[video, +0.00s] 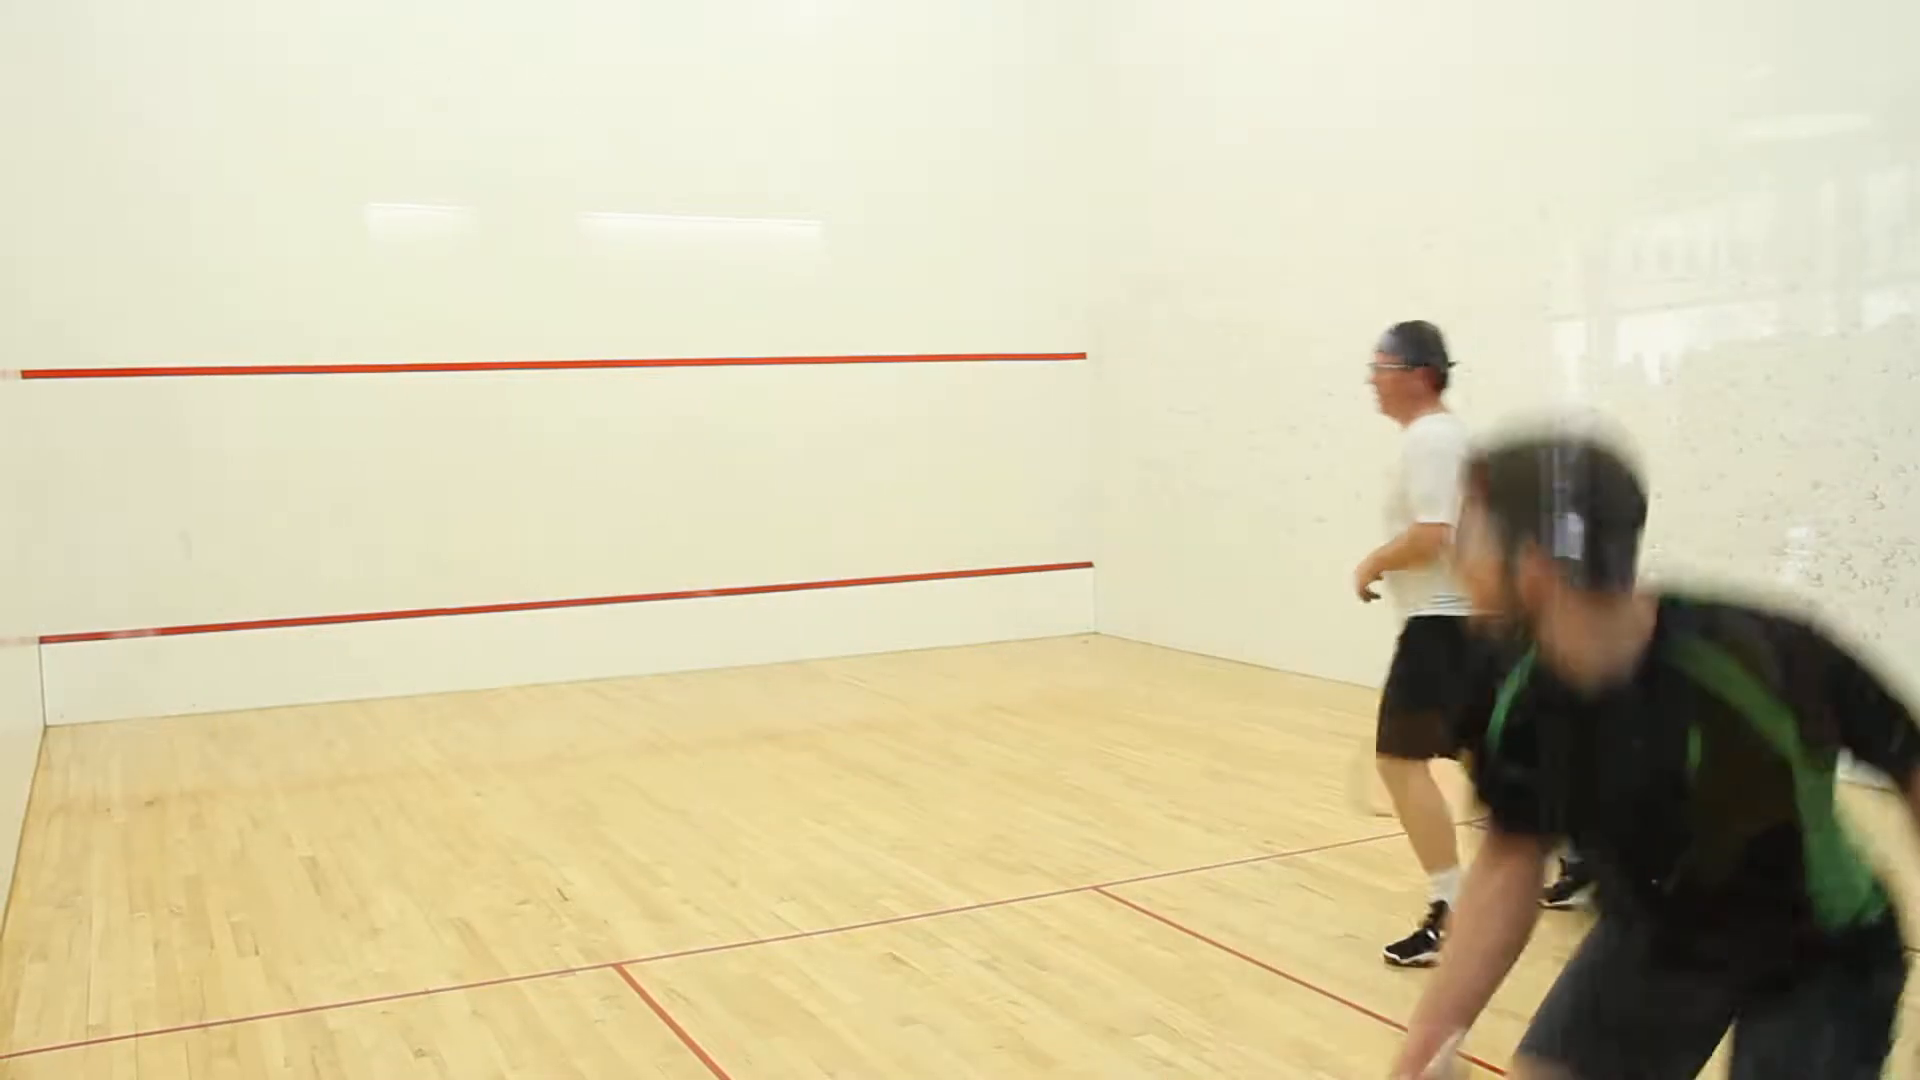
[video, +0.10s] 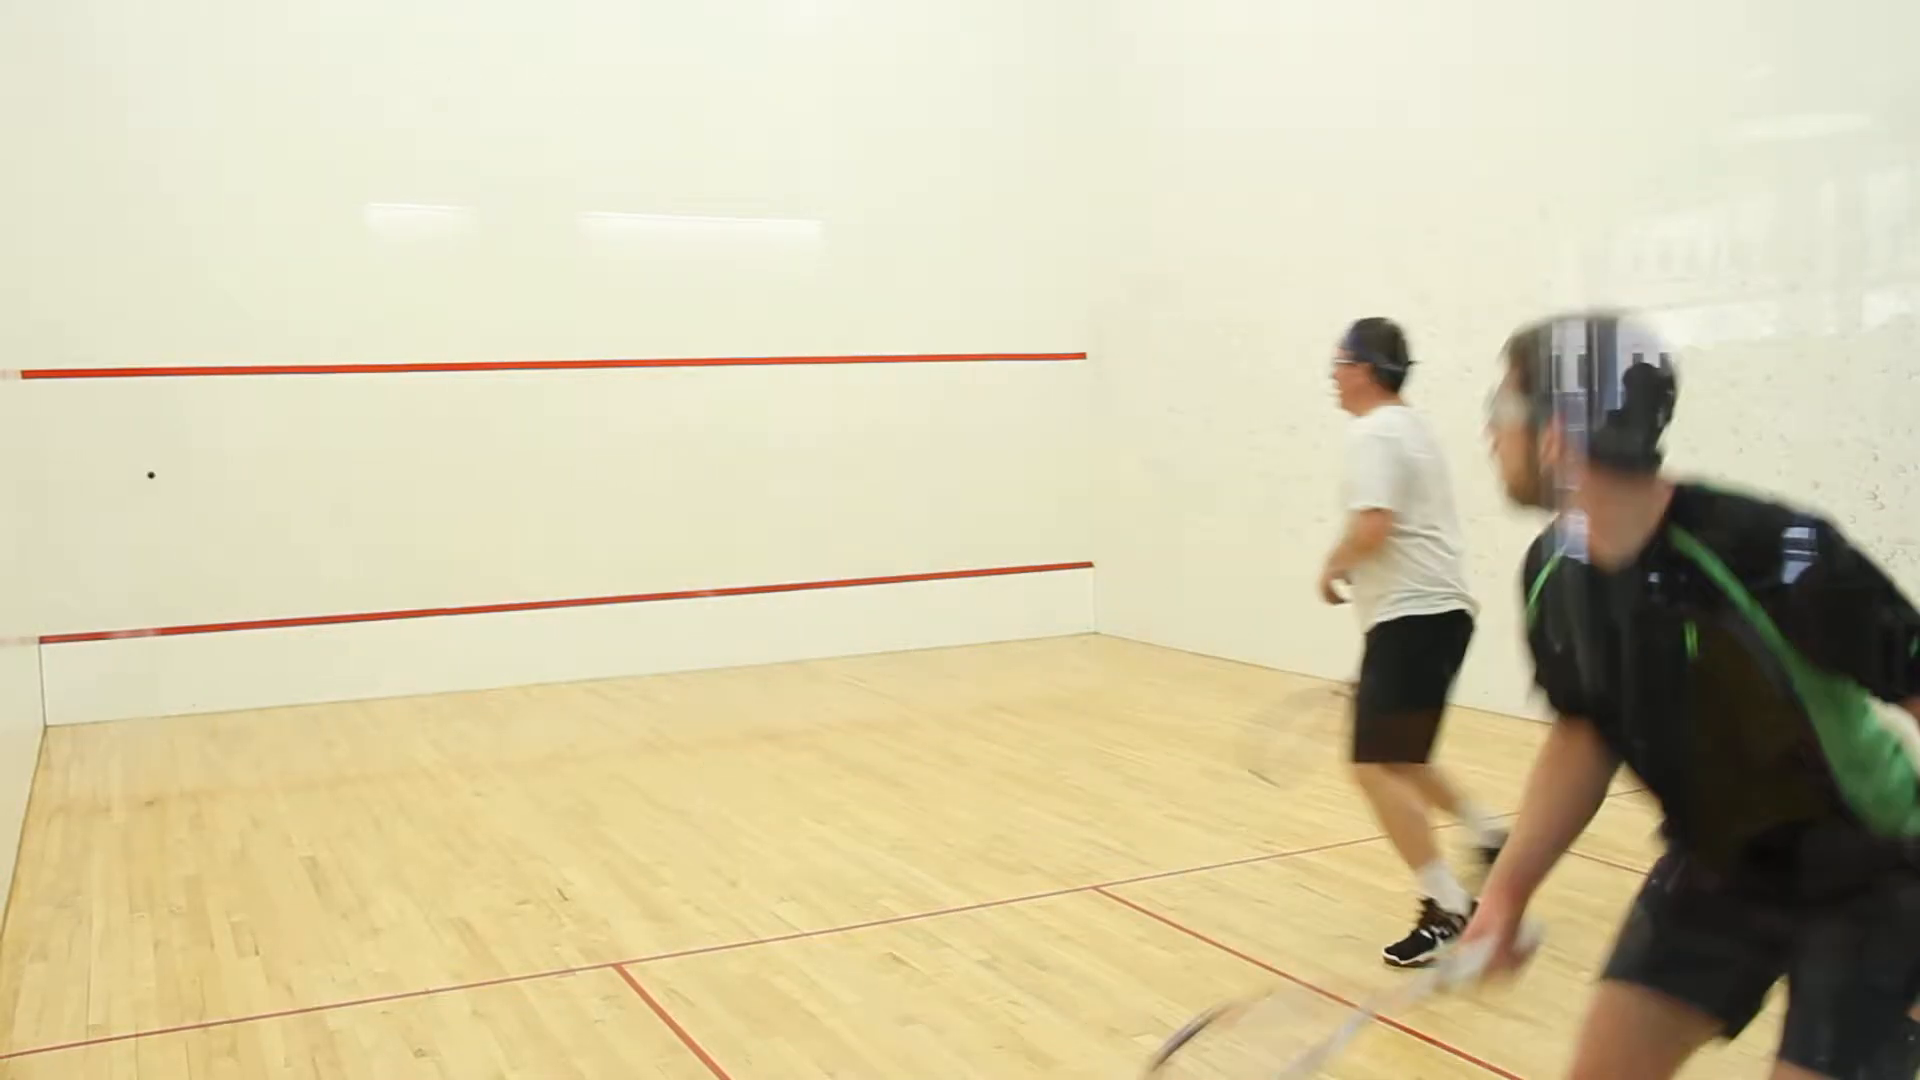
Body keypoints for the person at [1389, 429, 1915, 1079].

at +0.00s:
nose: (1459, 558)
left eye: (1473, 536)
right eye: (1465, 535)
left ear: (1536, 567)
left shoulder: (1760, 660)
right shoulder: (1528, 706)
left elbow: (1911, 765)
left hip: (1819, 946)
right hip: (1660, 935)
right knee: (1544, 1067)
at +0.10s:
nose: (1491, 432)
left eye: (1506, 410)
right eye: (1498, 409)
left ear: (1561, 436)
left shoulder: (1777, 553)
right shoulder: (1556, 573)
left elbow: (1914, 681)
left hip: (1869, 869)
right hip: (1716, 863)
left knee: (1813, 1067)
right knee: (1605, 1063)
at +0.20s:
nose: (1538, 405)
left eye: (1553, 383)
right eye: (1542, 383)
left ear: (1604, 399)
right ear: (1626, 397)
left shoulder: (1790, 528)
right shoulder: (1621, 545)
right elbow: (1657, 683)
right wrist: (1573, 797)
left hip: (1888, 864)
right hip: (1775, 858)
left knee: (1872, 1061)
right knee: (1660, 1062)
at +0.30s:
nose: (1584, 444)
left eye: (1593, 421)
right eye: (1588, 421)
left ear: (1626, 436)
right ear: (1694, 431)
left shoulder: (1766, 568)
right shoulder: (1692, 569)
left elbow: (1883, 773)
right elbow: (1778, 696)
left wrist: (1807, 974)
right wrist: (1703, 774)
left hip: (1890, 892)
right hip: (1824, 879)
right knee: (1698, 1059)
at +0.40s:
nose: (1591, 467)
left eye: (1597, 447)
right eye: (1594, 447)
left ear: (1622, 458)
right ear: (1688, 460)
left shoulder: (1693, 577)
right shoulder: (1769, 549)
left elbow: (1750, 780)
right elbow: (1908, 669)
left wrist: (1635, 918)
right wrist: (1818, 765)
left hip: (1883, 903)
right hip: (1850, 888)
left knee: (1887, 1062)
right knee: (1738, 1028)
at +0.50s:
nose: (1569, 439)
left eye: (1574, 419)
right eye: (1571, 420)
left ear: (1597, 428)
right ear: (1660, 423)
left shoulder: (1617, 534)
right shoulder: (1771, 519)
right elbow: (1902, 633)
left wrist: (1571, 832)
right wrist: (1828, 727)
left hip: (1808, 844)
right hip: (1879, 808)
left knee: (1858, 1056)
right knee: (1754, 970)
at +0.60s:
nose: (1517, 412)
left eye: (1525, 392)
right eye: (1519, 393)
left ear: (1564, 399)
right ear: (1610, 394)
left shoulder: (1565, 498)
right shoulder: (1717, 476)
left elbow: (1587, 644)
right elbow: (1842, 593)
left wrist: (1561, 795)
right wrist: (1779, 691)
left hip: (1724, 793)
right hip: (1821, 761)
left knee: (1701, 1032)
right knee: (1776, 970)